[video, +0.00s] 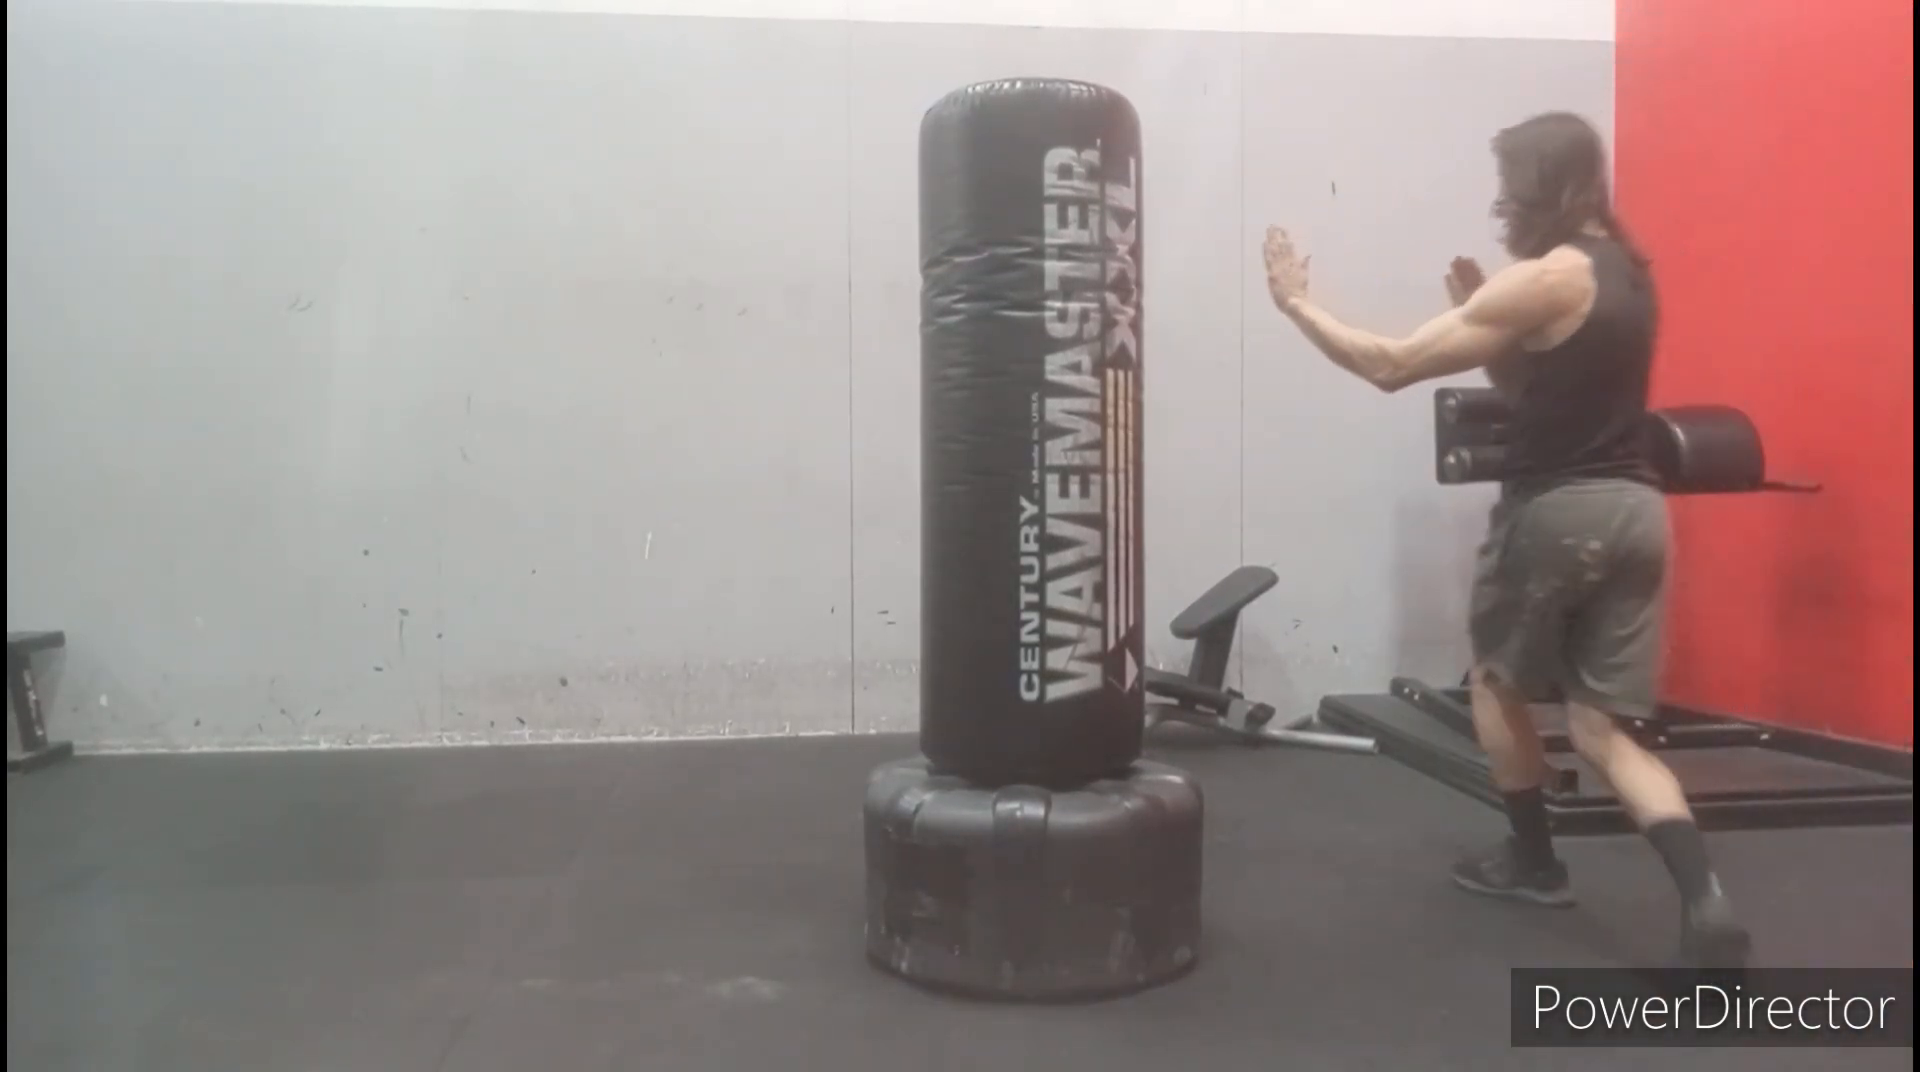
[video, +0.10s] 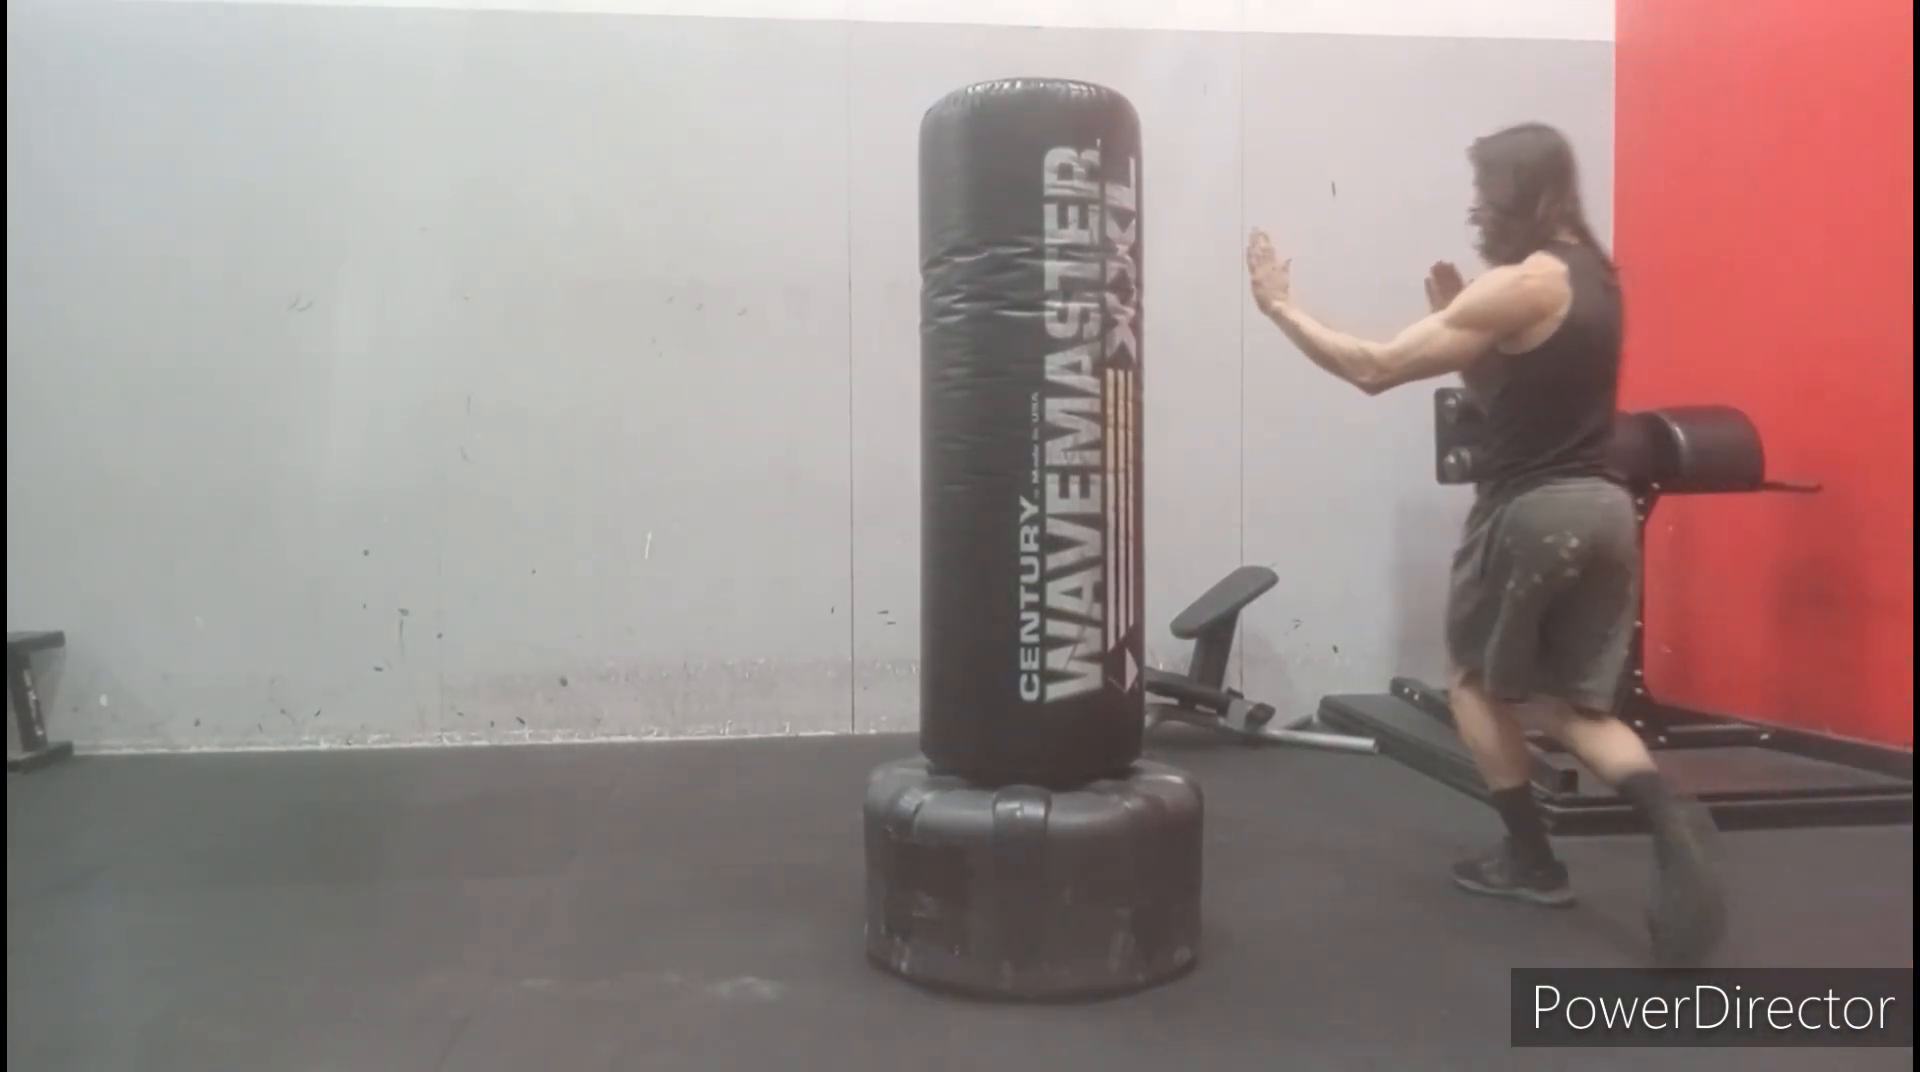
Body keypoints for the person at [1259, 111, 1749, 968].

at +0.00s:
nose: (1498, 197)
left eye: (1506, 181)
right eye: (1498, 180)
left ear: (1538, 186)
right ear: (1588, 185)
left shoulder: (1551, 279)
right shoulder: (1627, 265)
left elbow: (1390, 366)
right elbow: (1546, 380)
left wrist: (1297, 301)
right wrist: (1489, 311)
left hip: (1554, 509)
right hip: (1637, 505)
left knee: (1496, 682)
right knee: (1602, 725)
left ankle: (1534, 860)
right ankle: (1703, 895)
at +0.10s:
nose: (1473, 205)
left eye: (1481, 190)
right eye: (1474, 189)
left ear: (1515, 195)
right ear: (1556, 195)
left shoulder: (1526, 285)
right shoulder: (1594, 275)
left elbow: (1374, 368)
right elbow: (1518, 382)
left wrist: (1280, 306)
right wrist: (1467, 316)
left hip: (1531, 511)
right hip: (1606, 507)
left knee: (1474, 684)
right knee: (1568, 705)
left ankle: (1531, 859)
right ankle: (1668, 810)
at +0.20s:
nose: (1451, 212)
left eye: (1462, 198)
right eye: (1452, 196)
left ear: (1503, 204)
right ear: (1528, 203)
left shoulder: (1503, 289)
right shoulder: (1564, 277)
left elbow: (1363, 368)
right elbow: (1498, 384)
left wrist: (1266, 307)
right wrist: (1441, 319)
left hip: (1515, 509)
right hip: (1576, 501)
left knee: (1455, 684)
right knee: (1531, 678)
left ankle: (1528, 857)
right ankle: (1620, 767)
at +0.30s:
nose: (1430, 216)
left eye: (1440, 203)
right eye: (1432, 201)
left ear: (1474, 210)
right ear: (1503, 209)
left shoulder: (1485, 291)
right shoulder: (1534, 284)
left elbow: (1349, 368)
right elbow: (1461, 408)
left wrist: (1254, 311)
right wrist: (1417, 327)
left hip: (1501, 510)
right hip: (1549, 499)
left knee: (1444, 684)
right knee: (1479, 654)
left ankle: (1528, 856)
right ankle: (1542, 772)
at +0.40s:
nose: (1408, 223)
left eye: (1419, 211)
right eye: (1410, 209)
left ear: (1455, 217)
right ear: (1476, 217)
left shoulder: (1470, 291)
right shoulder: (1497, 289)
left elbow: (1336, 369)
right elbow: (1426, 416)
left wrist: (1240, 313)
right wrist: (1393, 331)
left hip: (1490, 509)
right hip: (1504, 500)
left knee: (1442, 691)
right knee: (1390, 621)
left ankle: (1533, 859)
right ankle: (1458, 775)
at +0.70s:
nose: (1331, 238)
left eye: (1340, 225)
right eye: (1331, 225)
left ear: (1374, 230)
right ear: (1377, 231)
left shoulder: (1403, 305)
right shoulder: (1375, 307)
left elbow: (1291, 373)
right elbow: (1320, 414)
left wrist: (1195, 318)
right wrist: (1320, 338)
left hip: (1400, 511)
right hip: (1379, 510)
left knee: (1365, 692)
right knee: (1298, 644)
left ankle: (1500, 817)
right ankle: (1344, 800)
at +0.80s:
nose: (1305, 246)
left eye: (1316, 233)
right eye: (1304, 233)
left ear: (1354, 240)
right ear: (1329, 237)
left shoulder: (1377, 309)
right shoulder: (1344, 312)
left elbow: (1277, 374)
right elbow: (1287, 413)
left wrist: (1180, 320)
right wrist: (1291, 341)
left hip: (1371, 507)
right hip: (1357, 505)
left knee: (1279, 655)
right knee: (1299, 657)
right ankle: (1343, 800)